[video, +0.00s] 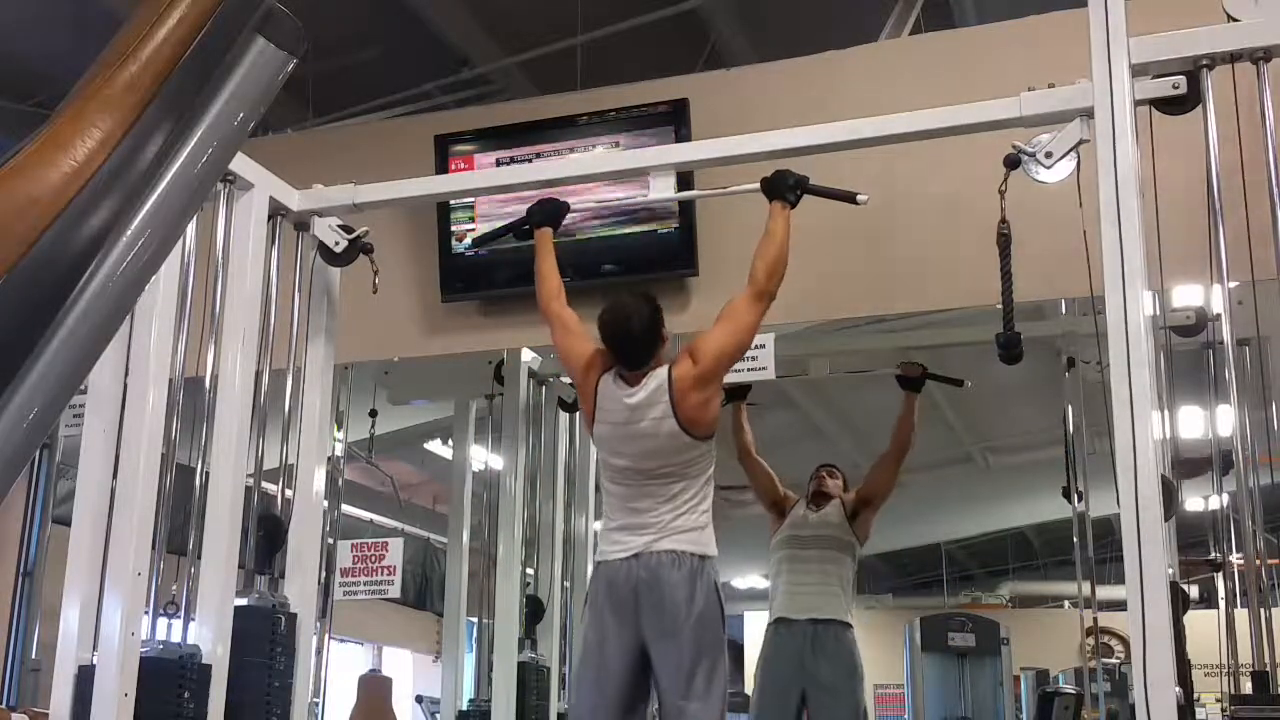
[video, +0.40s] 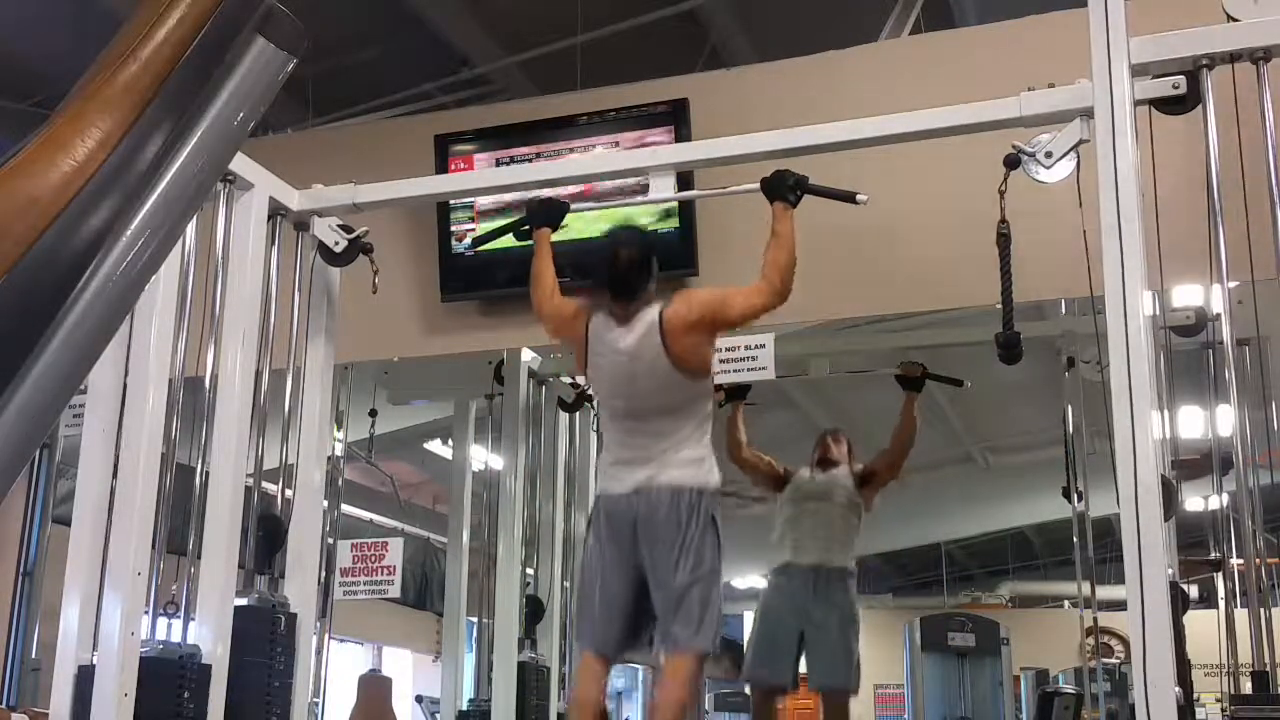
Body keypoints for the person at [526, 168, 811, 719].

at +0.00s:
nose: (664, 322)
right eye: (661, 320)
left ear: (607, 346)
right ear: (664, 336)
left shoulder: (593, 377)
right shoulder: (697, 371)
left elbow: (553, 307)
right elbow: (760, 291)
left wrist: (542, 231)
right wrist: (781, 205)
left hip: (612, 567)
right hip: (681, 565)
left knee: (599, 709)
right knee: (694, 708)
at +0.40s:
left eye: (610, 271)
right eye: (644, 266)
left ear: (602, 280)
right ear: (655, 272)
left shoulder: (585, 327)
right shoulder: (692, 312)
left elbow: (546, 301)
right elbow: (773, 288)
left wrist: (542, 234)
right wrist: (783, 207)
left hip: (613, 498)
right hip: (682, 496)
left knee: (594, 652)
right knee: (683, 650)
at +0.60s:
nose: (650, 194)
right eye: (649, 187)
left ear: (600, 205)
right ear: (653, 197)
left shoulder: (580, 258)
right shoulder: (693, 246)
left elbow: (539, 303)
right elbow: (777, 283)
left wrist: (540, 237)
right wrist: (784, 207)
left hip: (619, 430)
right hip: (687, 427)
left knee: (613, 581)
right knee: (689, 572)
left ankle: (606, 706)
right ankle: (635, 704)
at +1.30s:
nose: (661, 262)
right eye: (659, 255)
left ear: (606, 273)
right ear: (660, 266)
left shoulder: (589, 326)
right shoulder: (696, 313)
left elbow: (547, 300)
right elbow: (779, 290)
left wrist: (542, 233)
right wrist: (785, 209)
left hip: (629, 498)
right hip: (694, 491)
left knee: (643, 645)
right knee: (700, 640)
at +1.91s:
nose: (657, 188)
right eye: (656, 181)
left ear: (603, 199)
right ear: (658, 192)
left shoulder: (583, 252)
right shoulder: (695, 243)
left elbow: (543, 304)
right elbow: (779, 283)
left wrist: (542, 235)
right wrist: (784, 210)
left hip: (625, 423)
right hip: (691, 419)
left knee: (633, 562)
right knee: (699, 557)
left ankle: (650, 695)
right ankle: (638, 691)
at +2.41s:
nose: (660, 231)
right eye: (658, 226)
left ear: (607, 251)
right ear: (660, 239)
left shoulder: (588, 300)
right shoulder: (696, 289)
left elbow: (545, 300)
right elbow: (784, 287)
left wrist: (543, 234)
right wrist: (785, 207)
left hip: (626, 484)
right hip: (693, 479)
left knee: (636, 626)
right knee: (708, 617)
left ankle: (649, 718)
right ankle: (659, 716)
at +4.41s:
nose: (664, 160)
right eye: (665, 152)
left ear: (613, 175)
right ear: (667, 164)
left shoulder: (589, 230)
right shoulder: (699, 222)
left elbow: (541, 301)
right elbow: (775, 278)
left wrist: (540, 233)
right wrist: (785, 207)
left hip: (631, 397)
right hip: (694, 390)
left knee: (635, 541)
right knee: (698, 535)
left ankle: (656, 671)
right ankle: (640, 669)